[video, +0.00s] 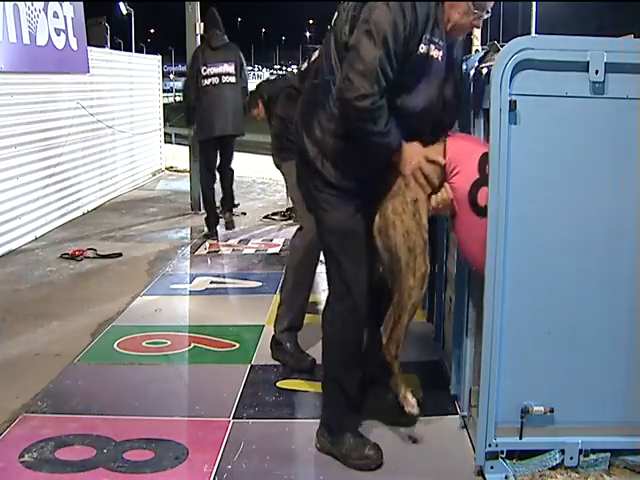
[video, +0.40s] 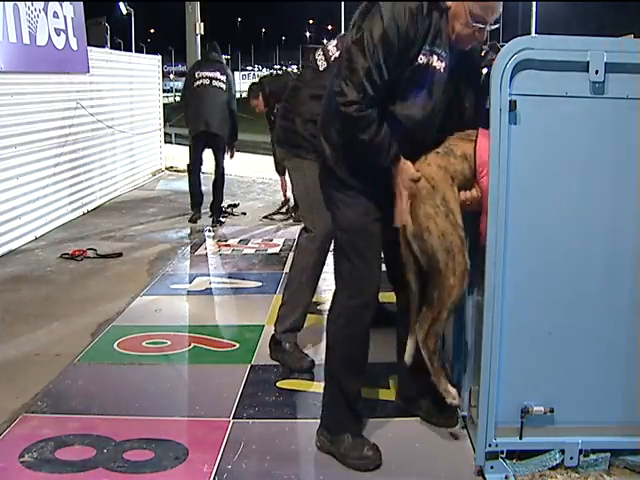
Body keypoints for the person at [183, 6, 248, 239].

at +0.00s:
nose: (206, 34)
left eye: (204, 30)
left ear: (204, 30)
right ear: (223, 29)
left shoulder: (199, 54)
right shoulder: (235, 52)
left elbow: (190, 90)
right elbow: (244, 85)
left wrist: (190, 115)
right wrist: (242, 108)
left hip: (207, 121)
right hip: (232, 119)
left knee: (207, 172)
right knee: (226, 166)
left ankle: (212, 224)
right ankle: (228, 209)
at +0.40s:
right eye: (217, 53)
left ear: (203, 54)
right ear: (220, 55)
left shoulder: (194, 68)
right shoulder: (227, 72)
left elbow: (184, 98)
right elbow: (232, 108)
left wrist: (189, 120)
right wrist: (232, 139)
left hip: (197, 123)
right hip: (219, 123)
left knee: (194, 168)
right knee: (219, 169)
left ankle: (196, 209)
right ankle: (216, 214)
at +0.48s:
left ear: (205, 65)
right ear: (220, 68)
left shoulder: (194, 75)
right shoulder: (225, 80)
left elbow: (185, 103)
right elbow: (230, 114)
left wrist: (187, 127)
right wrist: (230, 148)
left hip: (194, 124)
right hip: (216, 124)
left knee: (194, 165)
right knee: (219, 168)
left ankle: (192, 208)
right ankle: (217, 213)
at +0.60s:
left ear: (204, 81)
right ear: (218, 84)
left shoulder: (193, 90)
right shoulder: (220, 94)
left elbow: (181, 117)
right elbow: (227, 125)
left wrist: (183, 139)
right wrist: (229, 152)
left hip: (189, 130)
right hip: (212, 130)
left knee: (192, 167)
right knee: (222, 169)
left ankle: (191, 209)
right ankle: (217, 211)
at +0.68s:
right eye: (220, 100)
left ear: (203, 94)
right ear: (218, 98)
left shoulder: (189, 102)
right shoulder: (220, 106)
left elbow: (177, 126)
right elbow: (225, 137)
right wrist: (228, 167)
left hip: (183, 133)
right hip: (206, 133)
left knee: (189, 168)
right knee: (224, 169)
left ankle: (190, 210)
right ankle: (214, 212)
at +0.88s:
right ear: (216, 120)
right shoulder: (218, 129)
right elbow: (223, 164)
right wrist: (225, 199)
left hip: (179, 134)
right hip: (200, 135)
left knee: (187, 169)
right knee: (221, 168)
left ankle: (190, 210)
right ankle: (214, 213)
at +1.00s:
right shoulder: (220, 129)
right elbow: (222, 166)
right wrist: (223, 200)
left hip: (179, 126)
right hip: (200, 128)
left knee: (187, 168)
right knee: (219, 166)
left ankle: (191, 210)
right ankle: (214, 212)